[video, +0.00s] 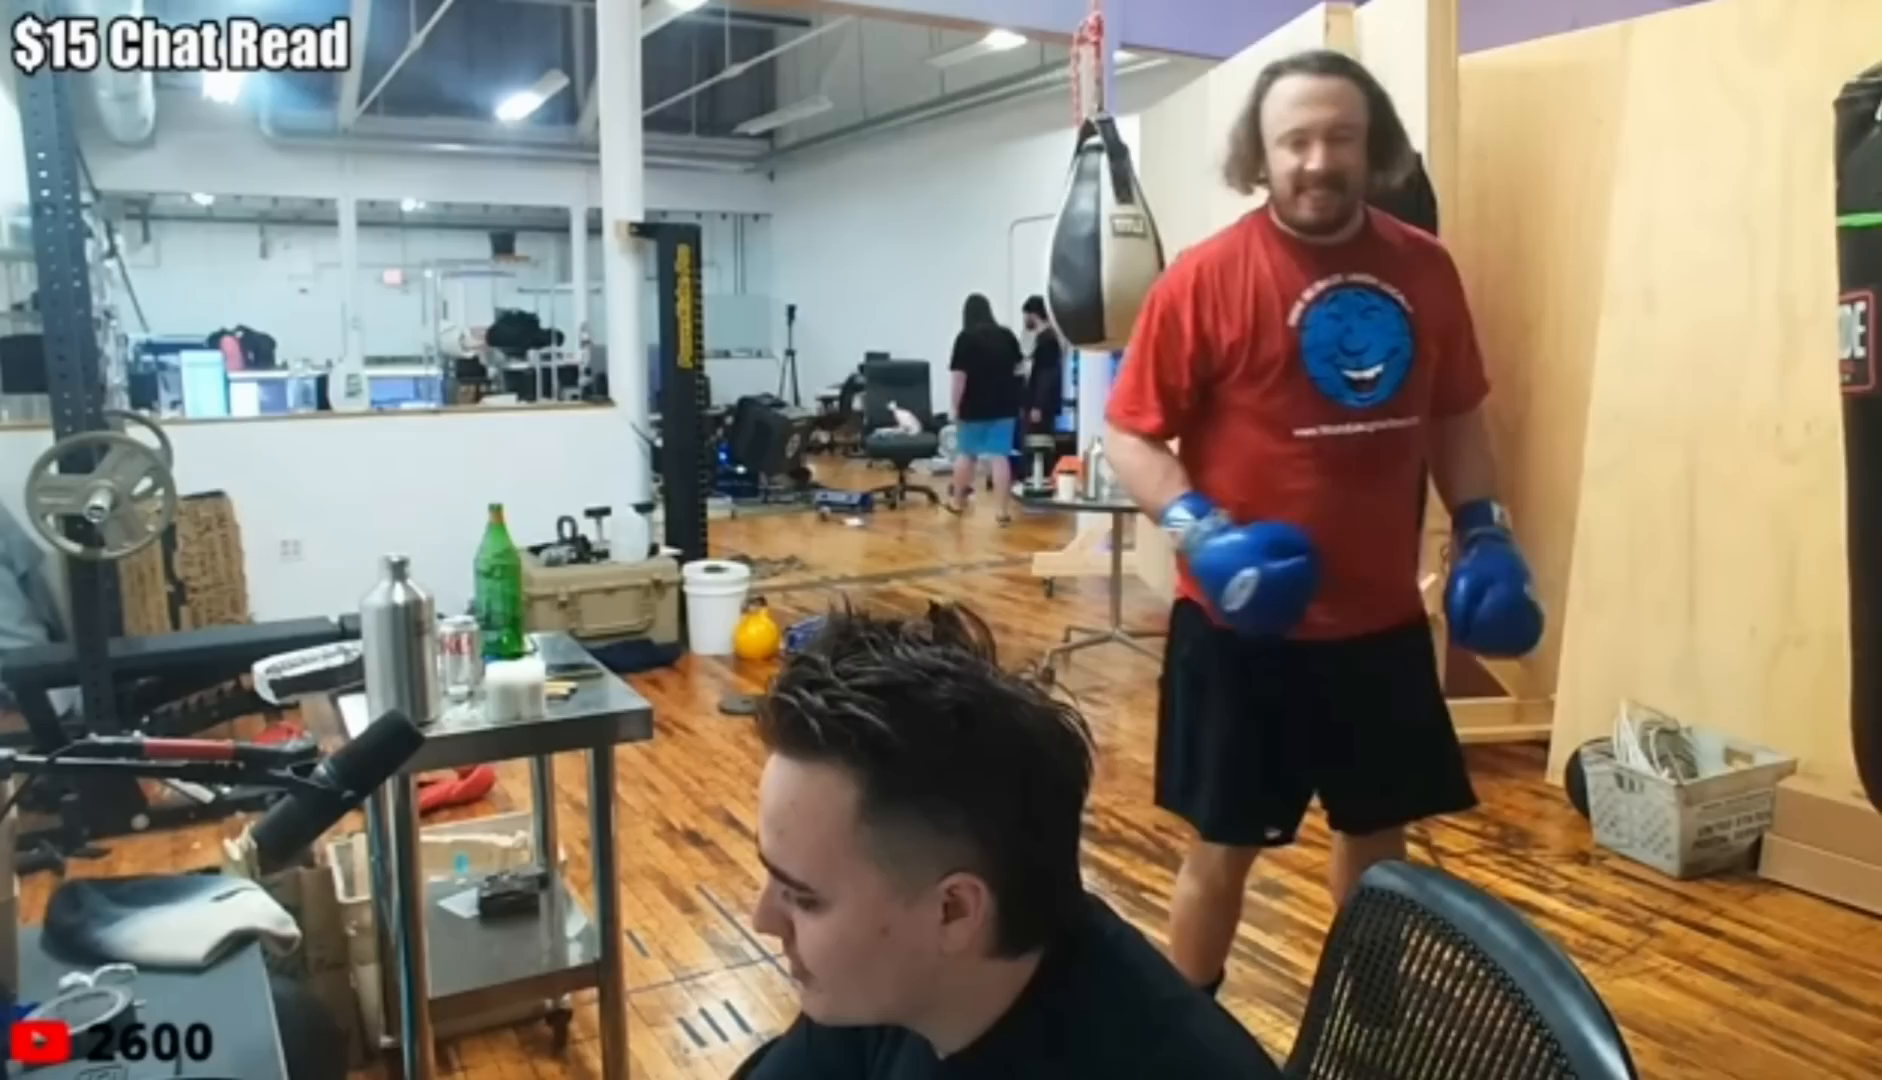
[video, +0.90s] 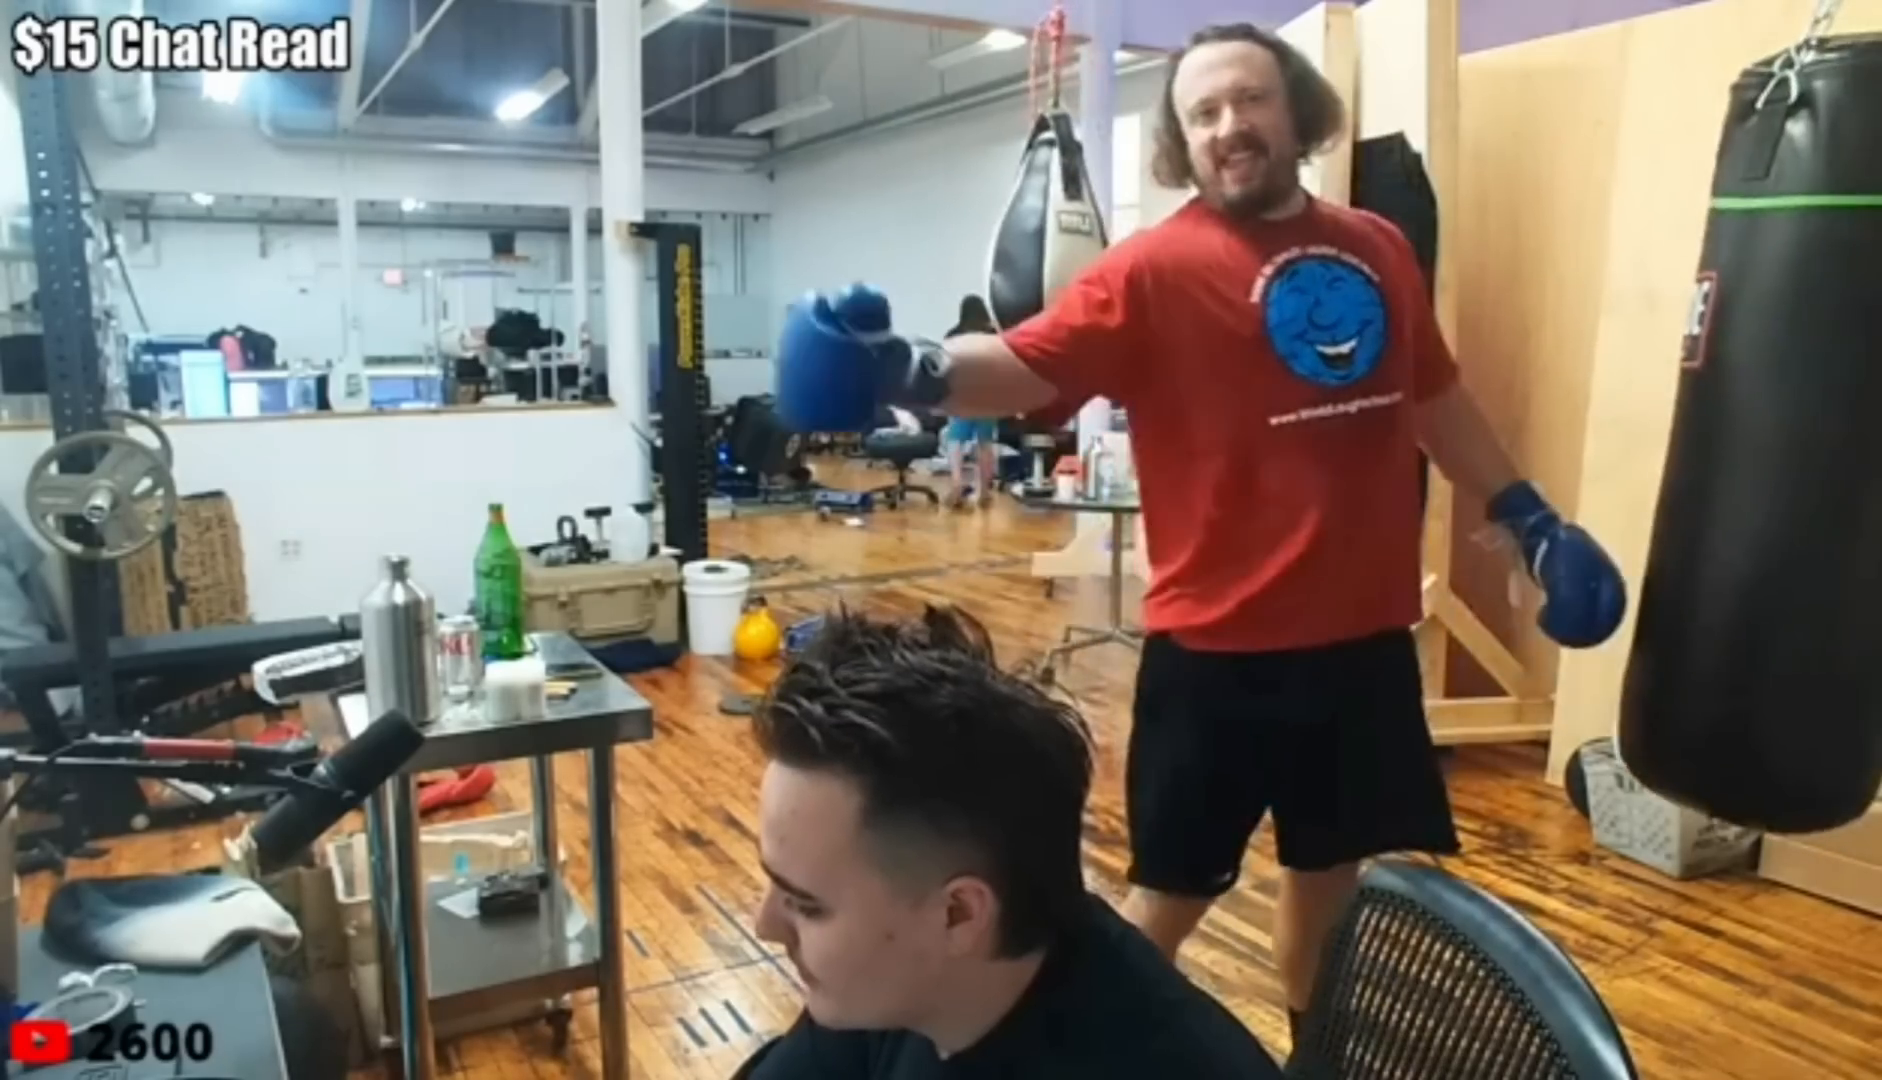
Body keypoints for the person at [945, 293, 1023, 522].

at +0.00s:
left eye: (966, 313)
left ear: (966, 313)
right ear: (989, 311)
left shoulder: (965, 338)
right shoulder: (1006, 335)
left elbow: (959, 376)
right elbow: (1018, 366)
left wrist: (955, 406)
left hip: (973, 407)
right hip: (1004, 406)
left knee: (966, 455)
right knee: (1000, 458)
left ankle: (958, 501)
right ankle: (1003, 510)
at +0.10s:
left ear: (958, 313)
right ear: (981, 311)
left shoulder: (957, 339)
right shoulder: (998, 336)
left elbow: (950, 378)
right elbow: (1010, 367)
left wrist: (946, 409)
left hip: (964, 408)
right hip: (995, 407)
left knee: (958, 458)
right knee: (995, 457)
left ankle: (955, 502)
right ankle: (1002, 508)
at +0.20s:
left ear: (952, 311)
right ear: (976, 310)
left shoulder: (950, 336)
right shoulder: (989, 331)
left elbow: (942, 373)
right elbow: (1005, 360)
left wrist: (939, 405)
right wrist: (987, 366)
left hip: (958, 404)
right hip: (986, 403)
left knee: (955, 455)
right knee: (991, 454)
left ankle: (954, 499)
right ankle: (994, 493)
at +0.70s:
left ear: (954, 315)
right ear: (976, 314)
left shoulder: (945, 339)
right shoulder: (985, 337)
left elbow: (928, 372)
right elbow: (1005, 353)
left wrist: (930, 404)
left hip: (952, 407)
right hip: (980, 406)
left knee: (950, 457)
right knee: (979, 456)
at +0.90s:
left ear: (961, 311)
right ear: (984, 311)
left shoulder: (954, 336)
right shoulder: (993, 334)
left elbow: (946, 371)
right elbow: (1005, 370)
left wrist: (946, 399)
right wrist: (1011, 404)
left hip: (962, 399)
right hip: (989, 399)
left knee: (955, 442)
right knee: (985, 446)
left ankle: (957, 483)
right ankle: (985, 489)